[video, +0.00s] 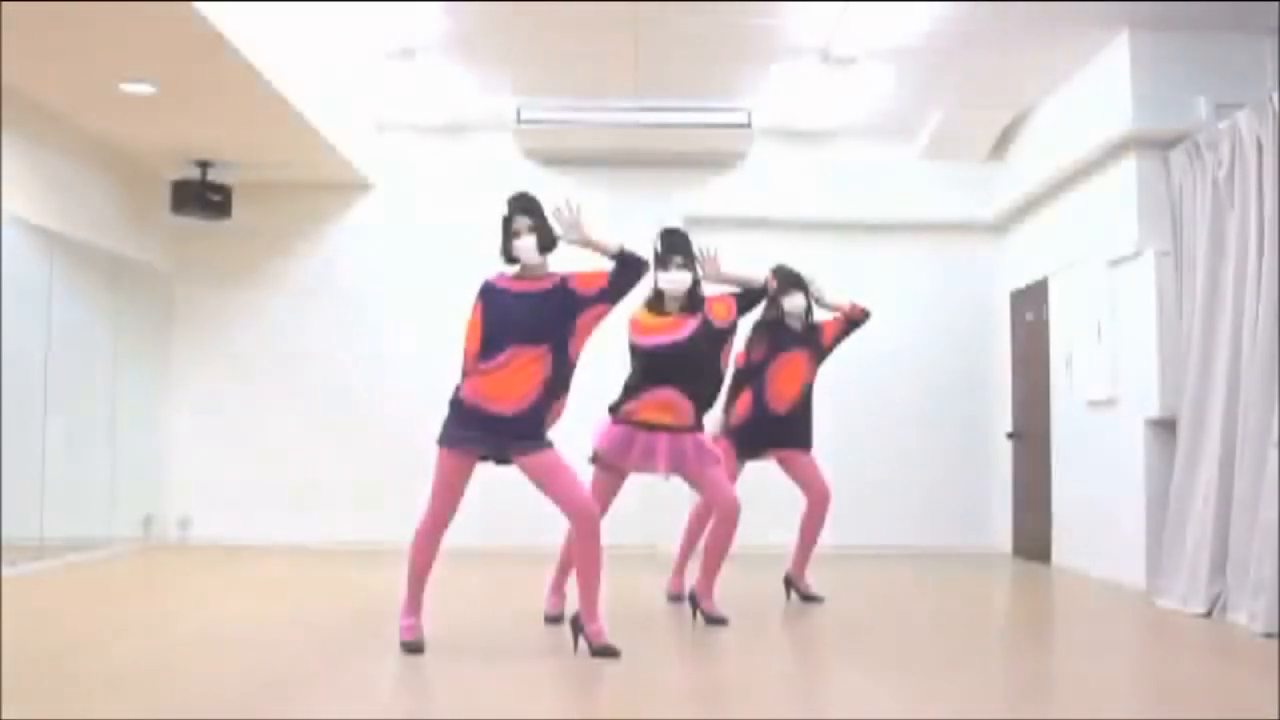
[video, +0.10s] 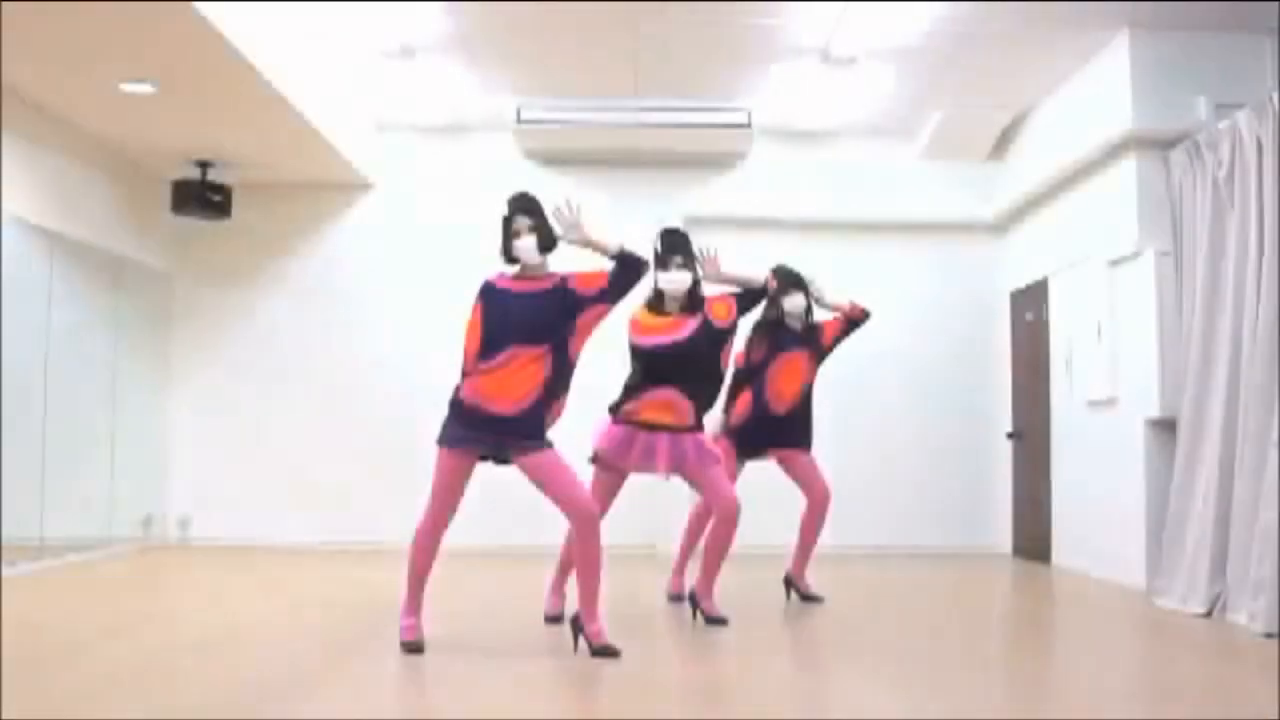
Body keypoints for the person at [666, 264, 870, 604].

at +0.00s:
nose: (793, 305)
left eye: (799, 297)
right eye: (786, 298)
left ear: (806, 300)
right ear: (773, 301)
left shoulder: (818, 337)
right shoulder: (762, 334)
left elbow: (861, 315)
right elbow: (740, 374)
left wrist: (825, 302)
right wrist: (724, 418)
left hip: (786, 436)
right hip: (742, 432)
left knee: (819, 494)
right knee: (711, 499)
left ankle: (797, 572)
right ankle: (678, 573)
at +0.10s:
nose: (794, 305)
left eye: (799, 298)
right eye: (786, 298)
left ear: (807, 300)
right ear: (773, 302)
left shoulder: (818, 337)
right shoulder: (762, 335)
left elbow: (860, 316)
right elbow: (740, 374)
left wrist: (825, 302)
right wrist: (725, 416)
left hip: (786, 436)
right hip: (743, 432)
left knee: (819, 495)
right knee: (710, 500)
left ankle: (797, 572)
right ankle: (679, 573)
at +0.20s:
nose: (793, 305)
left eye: (798, 297)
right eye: (786, 298)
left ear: (806, 300)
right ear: (773, 300)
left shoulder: (817, 337)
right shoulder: (763, 334)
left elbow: (860, 315)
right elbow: (741, 374)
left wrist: (825, 302)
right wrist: (725, 417)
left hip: (786, 435)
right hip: (743, 431)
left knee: (819, 494)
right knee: (710, 500)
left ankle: (797, 572)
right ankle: (678, 573)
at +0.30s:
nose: (793, 305)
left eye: (798, 298)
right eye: (786, 298)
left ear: (806, 300)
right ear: (773, 301)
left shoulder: (817, 337)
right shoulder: (762, 334)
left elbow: (861, 315)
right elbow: (740, 374)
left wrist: (826, 302)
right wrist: (724, 417)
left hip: (786, 435)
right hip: (743, 431)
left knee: (819, 494)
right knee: (710, 499)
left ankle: (797, 572)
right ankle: (678, 573)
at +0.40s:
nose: (792, 305)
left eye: (798, 297)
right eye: (785, 298)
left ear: (806, 300)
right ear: (772, 301)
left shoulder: (817, 337)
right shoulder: (761, 335)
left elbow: (861, 315)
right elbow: (739, 374)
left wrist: (826, 303)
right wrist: (724, 416)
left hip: (785, 435)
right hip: (742, 431)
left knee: (819, 495)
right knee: (710, 499)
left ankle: (797, 572)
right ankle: (678, 573)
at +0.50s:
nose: (792, 304)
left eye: (797, 296)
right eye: (784, 297)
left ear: (805, 300)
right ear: (771, 301)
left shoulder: (816, 336)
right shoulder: (759, 335)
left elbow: (860, 314)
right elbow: (732, 375)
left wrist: (824, 302)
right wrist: (720, 418)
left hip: (785, 436)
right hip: (740, 432)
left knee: (817, 495)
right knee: (710, 499)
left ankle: (797, 572)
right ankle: (679, 573)